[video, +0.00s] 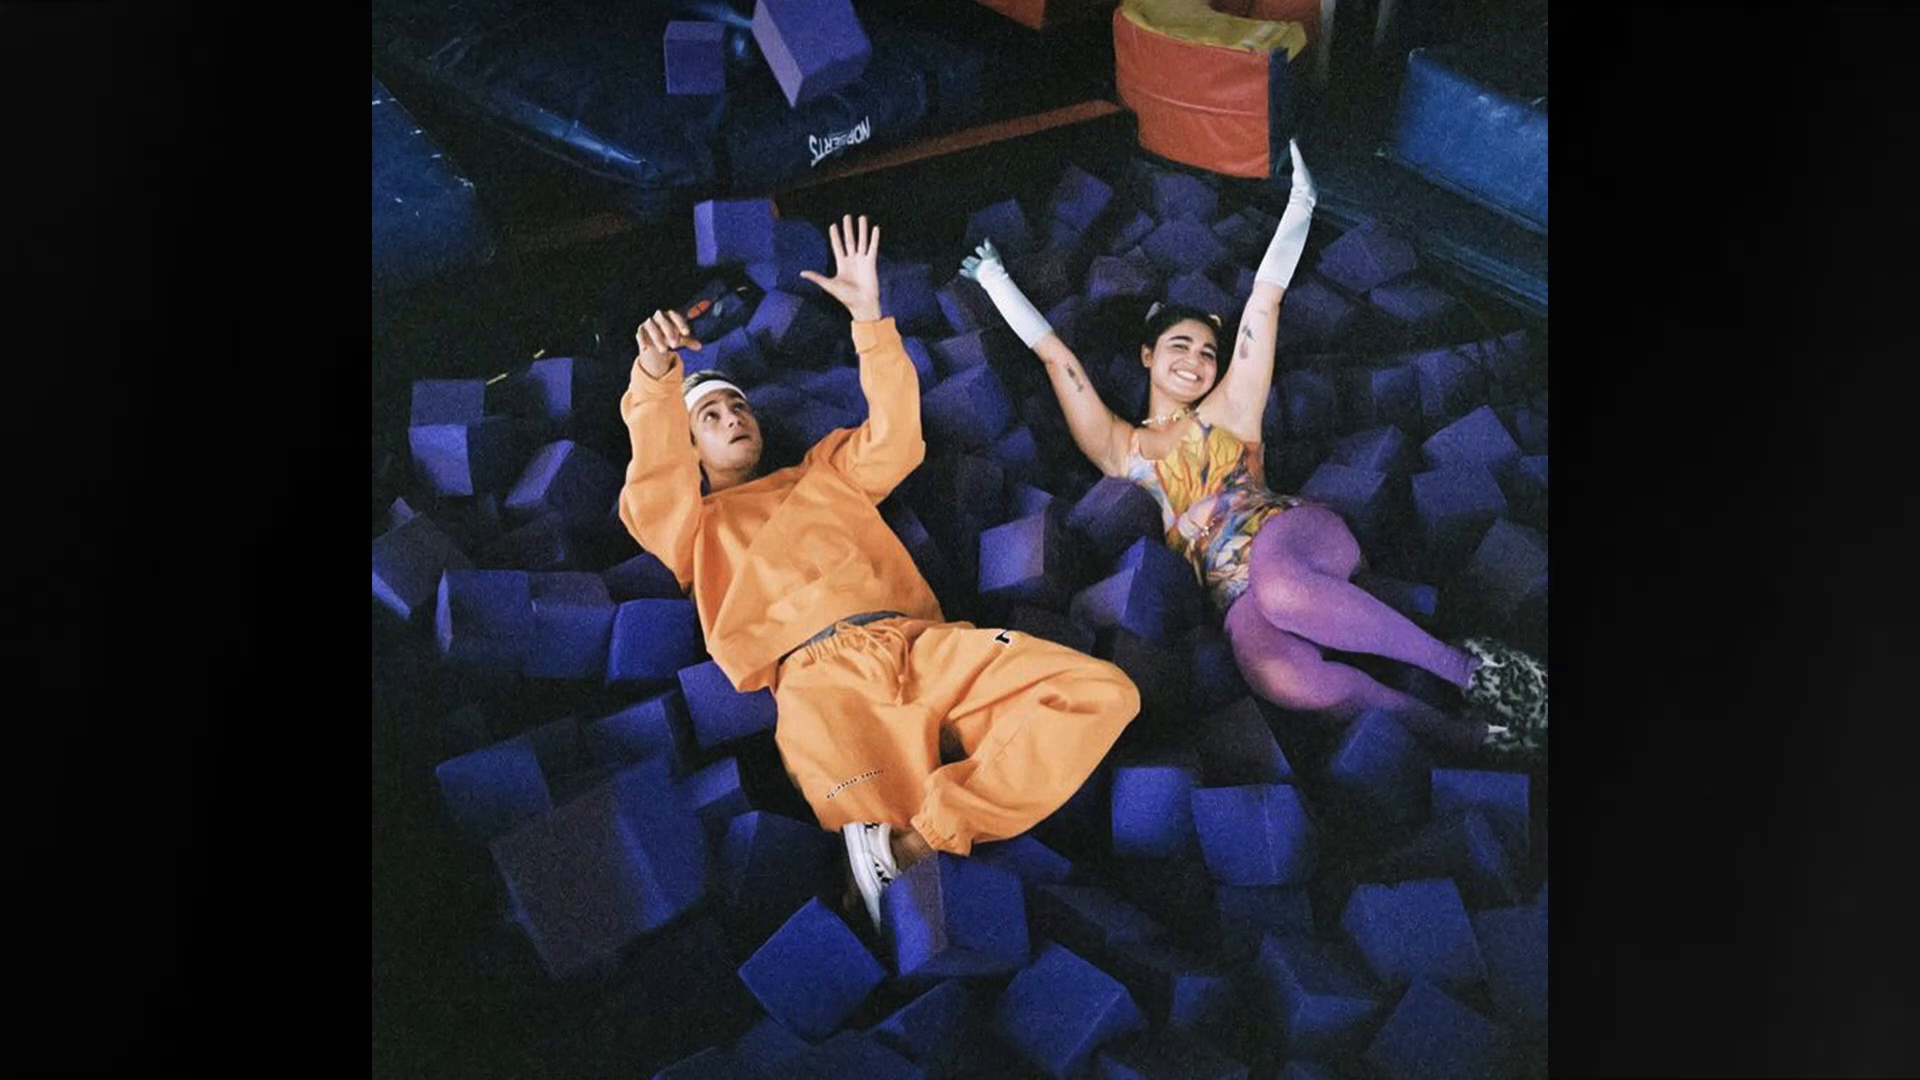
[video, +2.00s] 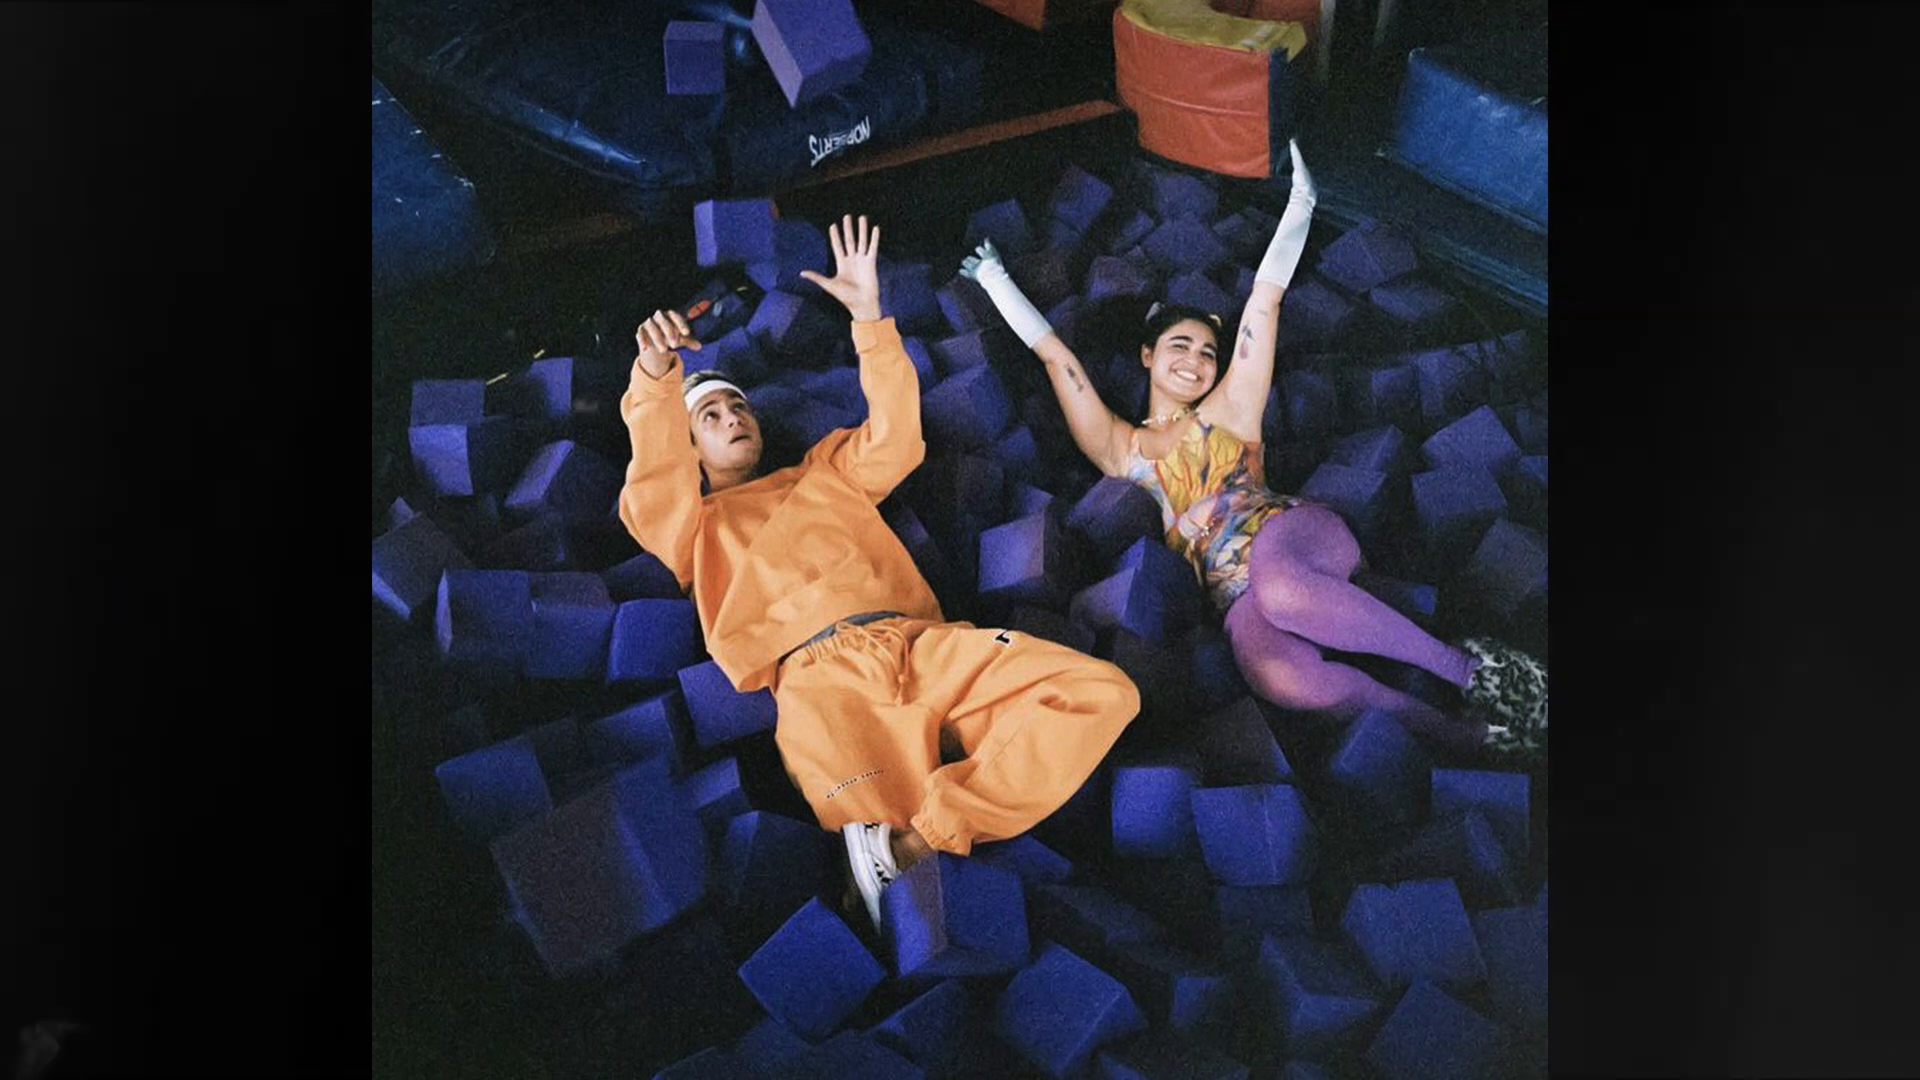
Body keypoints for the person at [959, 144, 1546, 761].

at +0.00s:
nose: (1191, 360)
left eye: (1205, 354)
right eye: (1176, 346)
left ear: (1216, 371)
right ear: (1145, 358)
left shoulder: (1230, 411)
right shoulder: (1122, 449)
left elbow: (1264, 305)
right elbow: (1058, 360)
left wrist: (1298, 209)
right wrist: (992, 278)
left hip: (1288, 530)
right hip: (1238, 596)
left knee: (1279, 593)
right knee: (1289, 681)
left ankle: (1472, 671)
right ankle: (1463, 735)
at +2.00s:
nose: (1190, 359)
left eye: (1204, 353)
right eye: (1176, 346)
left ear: (1216, 370)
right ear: (1145, 358)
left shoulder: (1230, 411)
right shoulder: (1123, 449)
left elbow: (1264, 304)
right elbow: (1057, 359)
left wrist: (1298, 209)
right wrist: (992, 277)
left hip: (1289, 532)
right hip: (1239, 597)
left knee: (1279, 593)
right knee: (1285, 680)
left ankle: (1471, 671)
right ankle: (1458, 730)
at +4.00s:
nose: (1191, 360)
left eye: (1205, 354)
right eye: (1176, 346)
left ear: (1216, 371)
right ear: (1145, 357)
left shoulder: (1230, 411)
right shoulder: (1122, 448)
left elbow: (1263, 306)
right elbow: (1057, 359)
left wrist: (1298, 210)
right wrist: (992, 278)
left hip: (1288, 531)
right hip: (1238, 596)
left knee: (1280, 593)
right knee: (1285, 679)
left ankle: (1472, 671)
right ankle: (1464, 734)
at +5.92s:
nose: (1191, 360)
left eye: (1205, 354)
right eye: (1177, 346)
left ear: (1217, 370)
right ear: (1145, 358)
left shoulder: (1230, 411)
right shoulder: (1123, 449)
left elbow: (1264, 304)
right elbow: (1057, 359)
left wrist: (1298, 209)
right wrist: (992, 277)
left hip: (1291, 532)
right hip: (1240, 598)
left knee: (1277, 592)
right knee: (1285, 680)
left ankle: (1471, 670)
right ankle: (1458, 731)